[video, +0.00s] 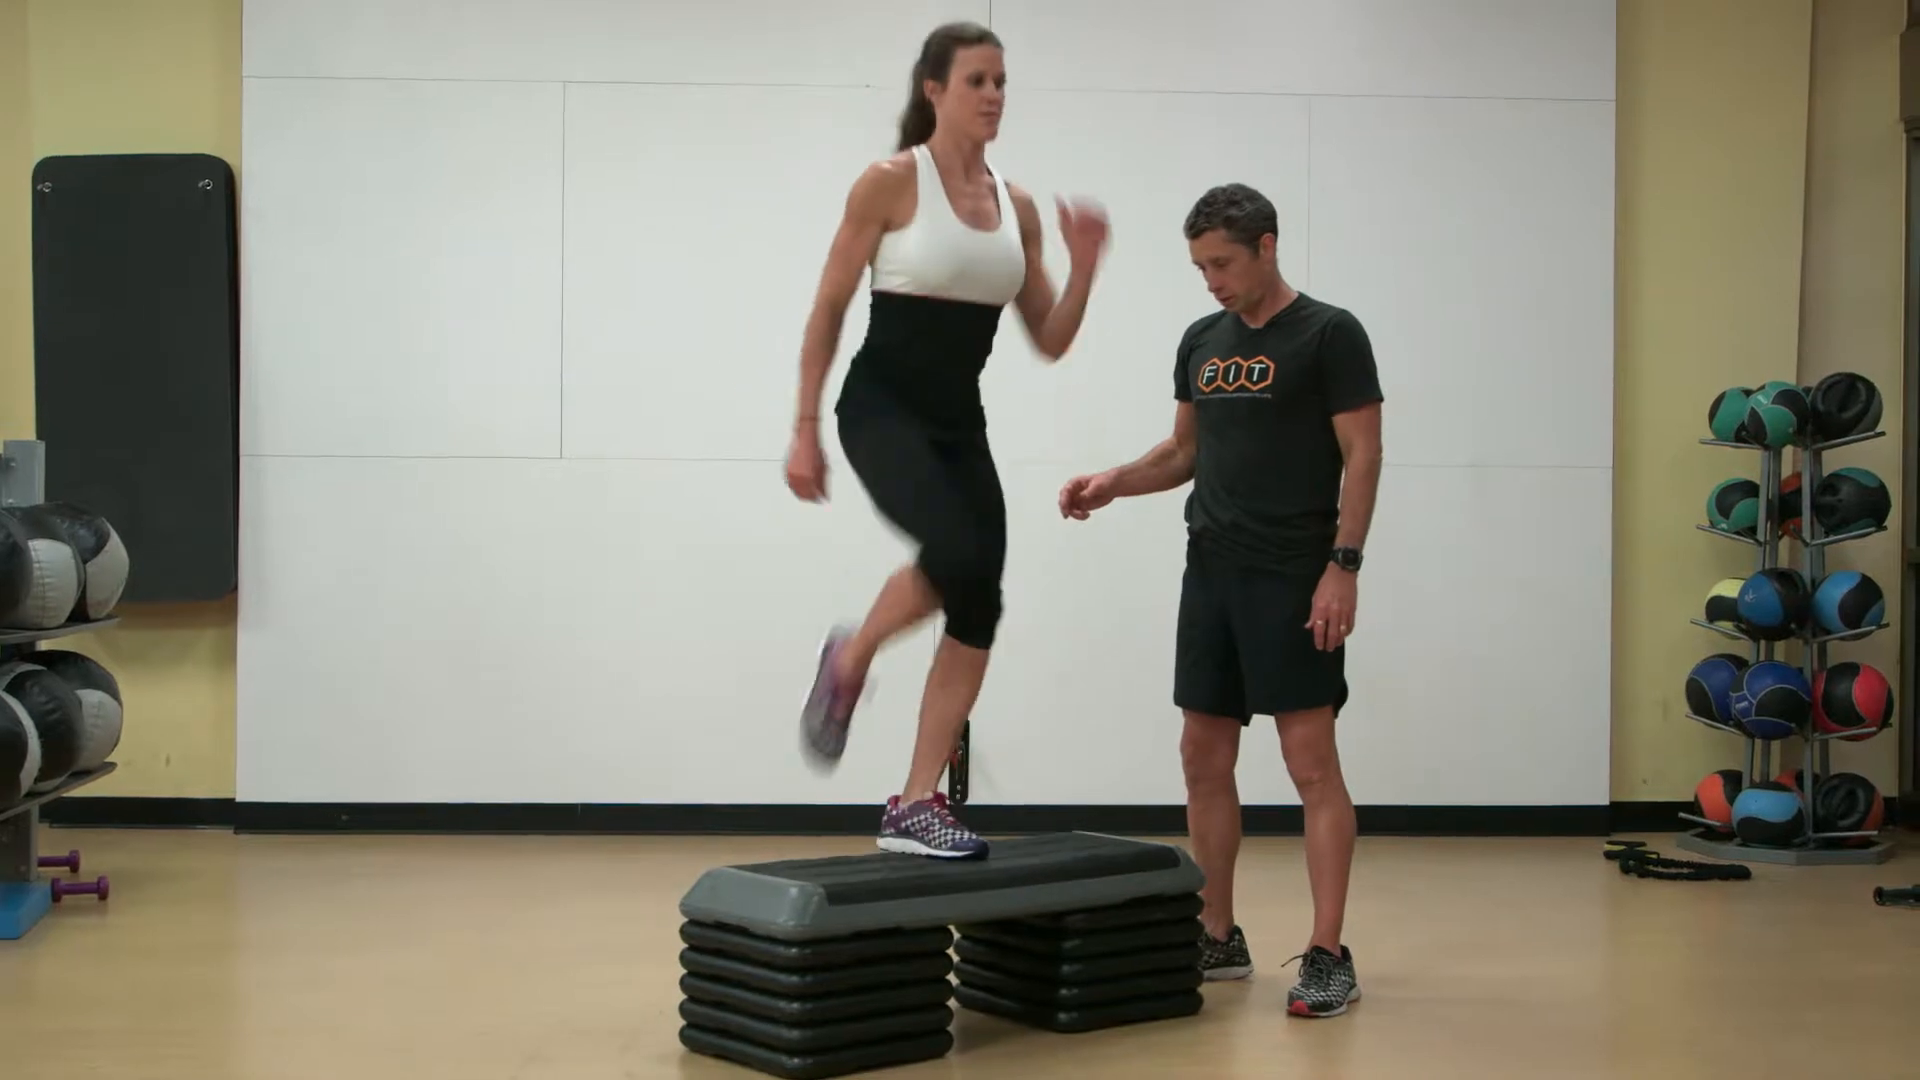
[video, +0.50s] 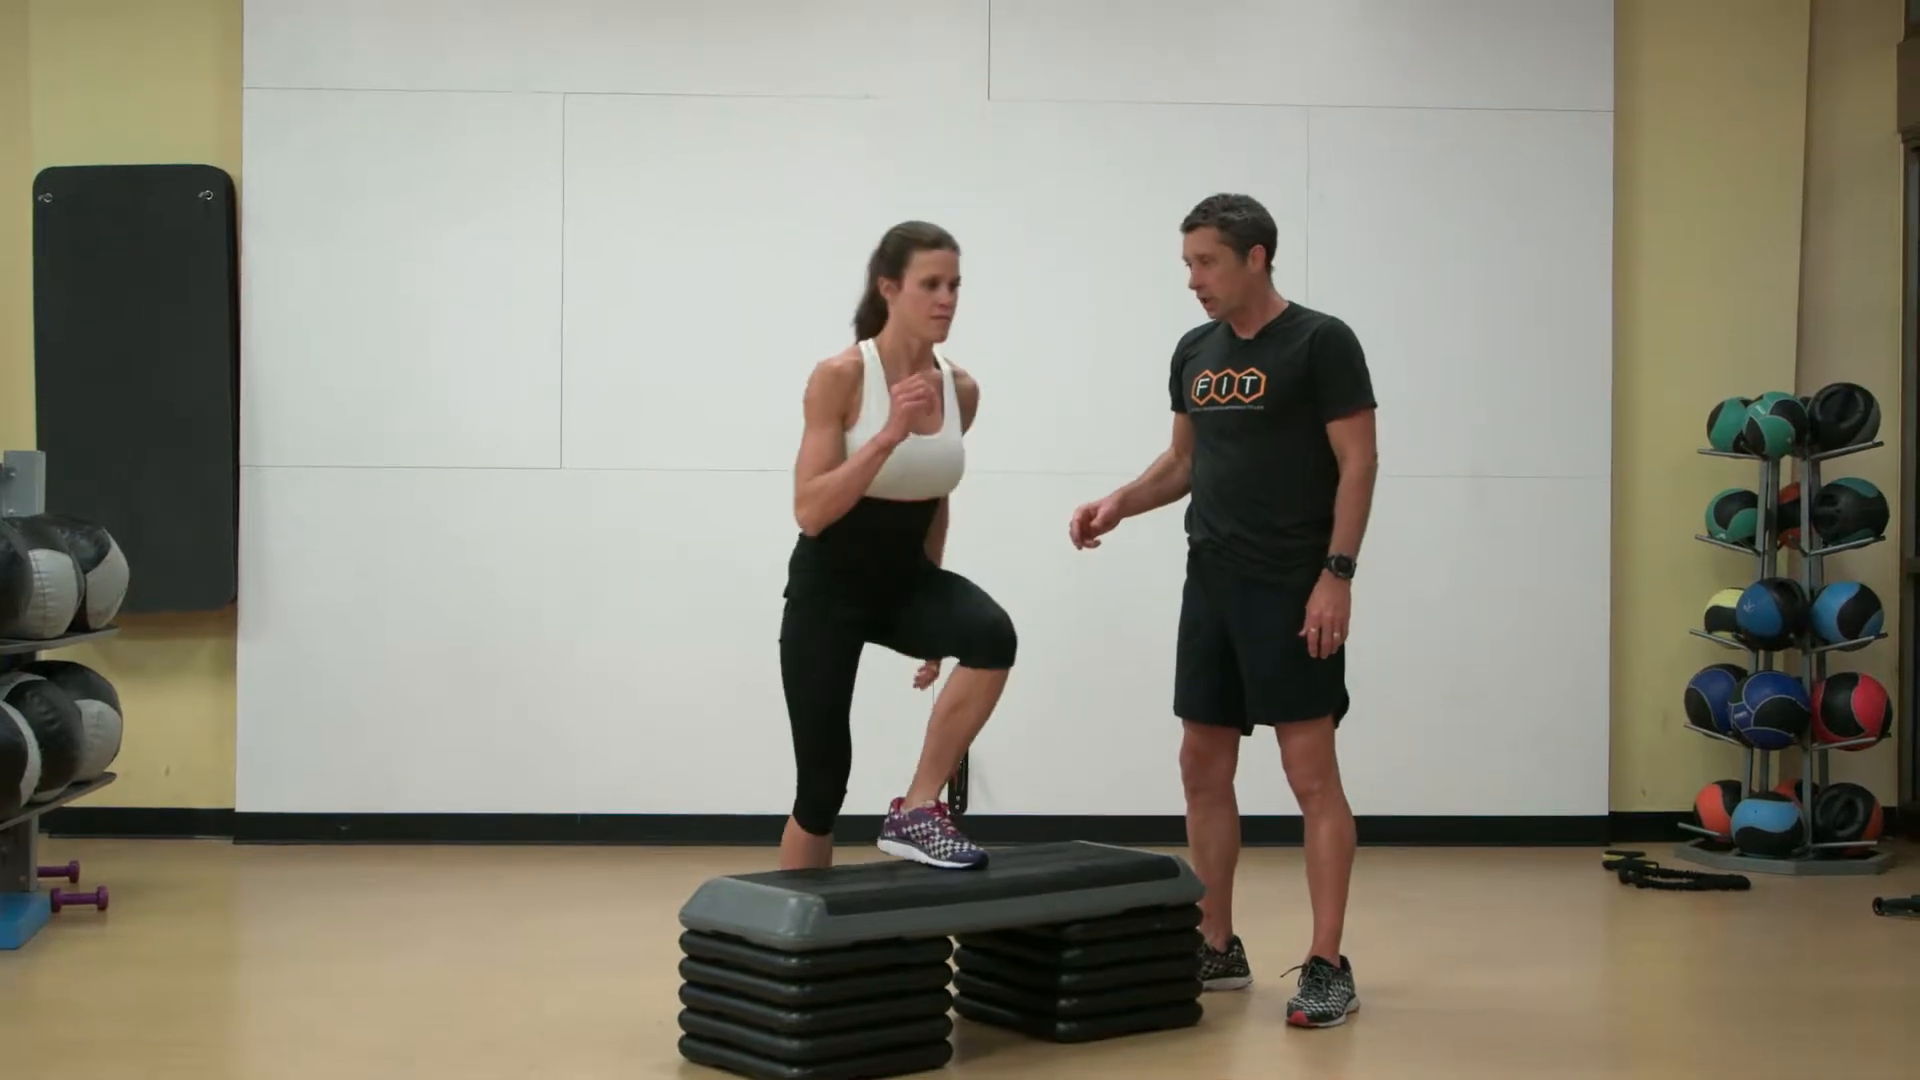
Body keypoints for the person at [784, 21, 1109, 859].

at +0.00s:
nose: (996, 97)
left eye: (1000, 83)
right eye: (980, 82)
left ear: (1002, 95)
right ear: (934, 89)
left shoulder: (1015, 205)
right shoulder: (889, 184)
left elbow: (1050, 338)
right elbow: (830, 307)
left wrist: (1083, 266)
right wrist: (804, 427)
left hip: (959, 414)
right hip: (881, 405)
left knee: (979, 601)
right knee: (959, 550)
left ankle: (918, 803)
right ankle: (850, 659)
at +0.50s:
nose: (948, 299)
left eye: (954, 284)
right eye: (932, 284)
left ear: (958, 290)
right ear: (888, 288)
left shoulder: (958, 390)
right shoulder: (840, 378)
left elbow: (935, 508)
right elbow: (811, 511)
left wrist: (932, 626)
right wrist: (891, 434)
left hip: (906, 582)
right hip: (828, 587)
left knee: (992, 637)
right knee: (823, 792)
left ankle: (917, 809)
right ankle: (794, 951)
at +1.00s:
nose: (971, 289)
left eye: (977, 275)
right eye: (955, 275)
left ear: (981, 282)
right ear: (909, 282)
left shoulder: (980, 379)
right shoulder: (867, 367)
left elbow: (953, 500)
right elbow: (846, 497)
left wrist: (945, 615)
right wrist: (952, 454)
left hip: (930, 570)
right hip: (855, 576)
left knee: (1012, 656)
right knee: (832, 768)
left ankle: (943, 833)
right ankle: (801, 939)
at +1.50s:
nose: (993, 66)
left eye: (1001, 52)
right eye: (978, 49)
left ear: (1006, 63)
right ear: (932, 55)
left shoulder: (1019, 163)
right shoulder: (878, 148)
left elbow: (1103, 257)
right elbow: (801, 250)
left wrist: (1071, 155)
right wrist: (745, 347)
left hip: (969, 373)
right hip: (886, 357)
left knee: (962, 580)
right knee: (1024, 323)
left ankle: (957, 790)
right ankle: (928, 496)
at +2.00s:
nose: (969, 236)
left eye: (975, 223)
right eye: (954, 221)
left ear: (976, 231)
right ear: (906, 225)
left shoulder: (973, 328)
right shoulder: (866, 320)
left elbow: (946, 447)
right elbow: (841, 451)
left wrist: (955, 545)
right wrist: (945, 433)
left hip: (931, 542)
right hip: (851, 545)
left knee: (1007, 662)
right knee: (829, 739)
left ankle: (955, 854)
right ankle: (789, 922)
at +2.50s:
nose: (918, 335)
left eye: (923, 322)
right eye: (902, 321)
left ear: (926, 328)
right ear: (856, 324)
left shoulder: (922, 413)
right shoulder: (812, 414)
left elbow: (893, 516)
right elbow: (822, 541)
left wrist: (880, 596)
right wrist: (875, 453)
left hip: (880, 613)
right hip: (808, 623)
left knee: (987, 654)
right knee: (806, 827)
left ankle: (954, 854)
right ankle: (770, 981)